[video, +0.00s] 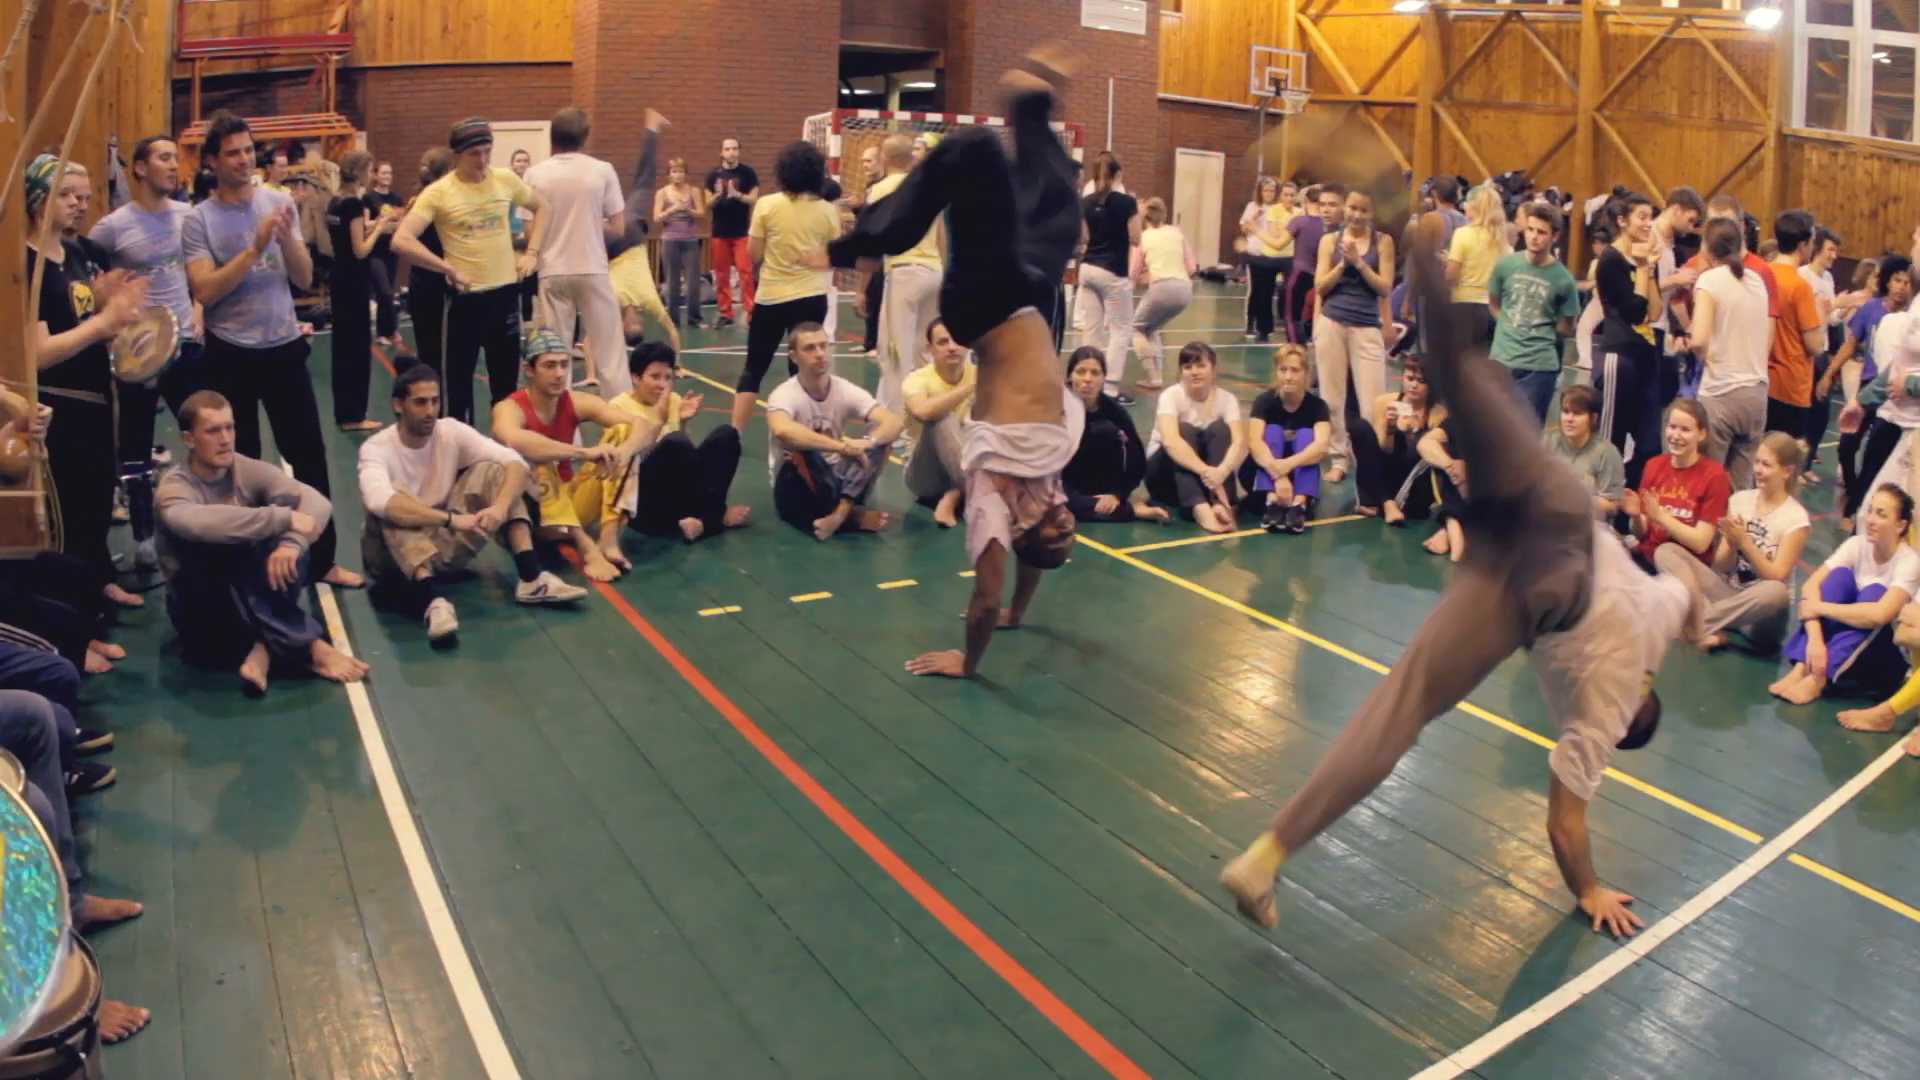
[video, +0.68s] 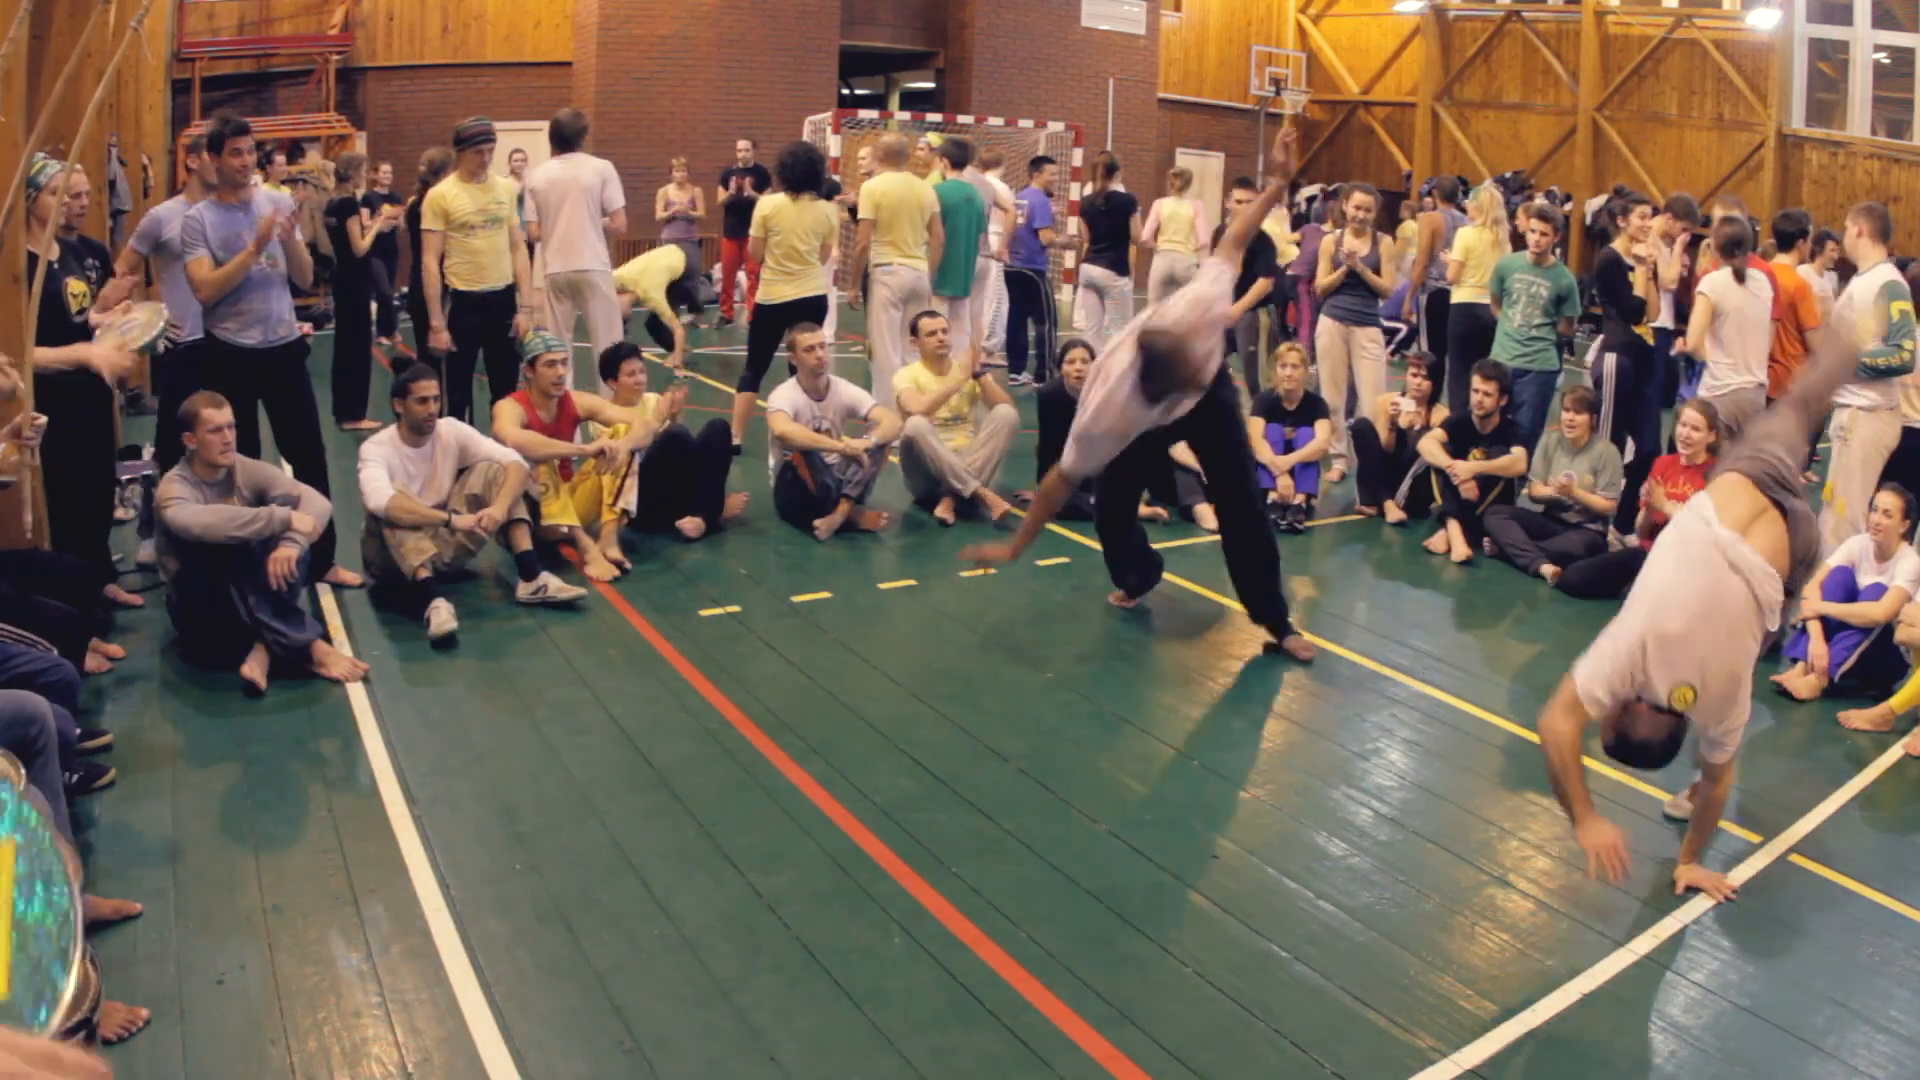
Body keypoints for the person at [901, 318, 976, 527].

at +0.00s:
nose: (952, 348)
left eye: (957, 340)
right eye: (943, 342)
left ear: (967, 344)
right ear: (931, 348)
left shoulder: (978, 375)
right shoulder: (916, 380)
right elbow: (923, 412)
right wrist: (970, 387)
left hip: (971, 470)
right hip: (927, 479)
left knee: (979, 424)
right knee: (943, 422)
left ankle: (954, 495)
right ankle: (979, 493)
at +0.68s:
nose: (941, 338)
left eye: (945, 332)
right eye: (931, 334)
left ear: (950, 335)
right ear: (916, 342)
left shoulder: (966, 369)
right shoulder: (905, 376)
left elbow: (1007, 408)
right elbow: (917, 409)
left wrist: (981, 374)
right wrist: (961, 379)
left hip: (970, 471)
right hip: (927, 475)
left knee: (1006, 414)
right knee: (916, 424)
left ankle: (952, 497)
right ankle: (982, 493)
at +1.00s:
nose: (947, 342)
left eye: (951, 335)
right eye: (937, 338)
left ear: (957, 339)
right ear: (921, 346)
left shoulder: (970, 373)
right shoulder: (911, 382)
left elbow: (1005, 425)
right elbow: (929, 427)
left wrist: (985, 380)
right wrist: (969, 391)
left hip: (972, 466)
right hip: (932, 471)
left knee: (1024, 431)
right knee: (915, 441)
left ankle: (954, 499)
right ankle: (990, 501)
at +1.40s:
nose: (972, 348)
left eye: (971, 341)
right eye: (966, 342)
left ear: (947, 345)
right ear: (944, 345)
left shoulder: (976, 377)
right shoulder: (915, 383)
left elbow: (1005, 432)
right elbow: (925, 436)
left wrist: (991, 386)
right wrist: (954, 388)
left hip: (973, 466)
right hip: (934, 467)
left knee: (1028, 440)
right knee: (913, 447)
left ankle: (953, 500)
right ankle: (986, 501)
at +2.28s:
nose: (981, 346)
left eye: (979, 340)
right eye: (974, 341)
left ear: (955, 348)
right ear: (954, 348)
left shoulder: (982, 377)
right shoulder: (919, 386)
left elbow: (1006, 431)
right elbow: (937, 442)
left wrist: (985, 380)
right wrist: (972, 405)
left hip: (974, 463)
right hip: (935, 464)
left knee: (1006, 458)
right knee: (908, 457)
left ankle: (964, 506)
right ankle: (976, 499)